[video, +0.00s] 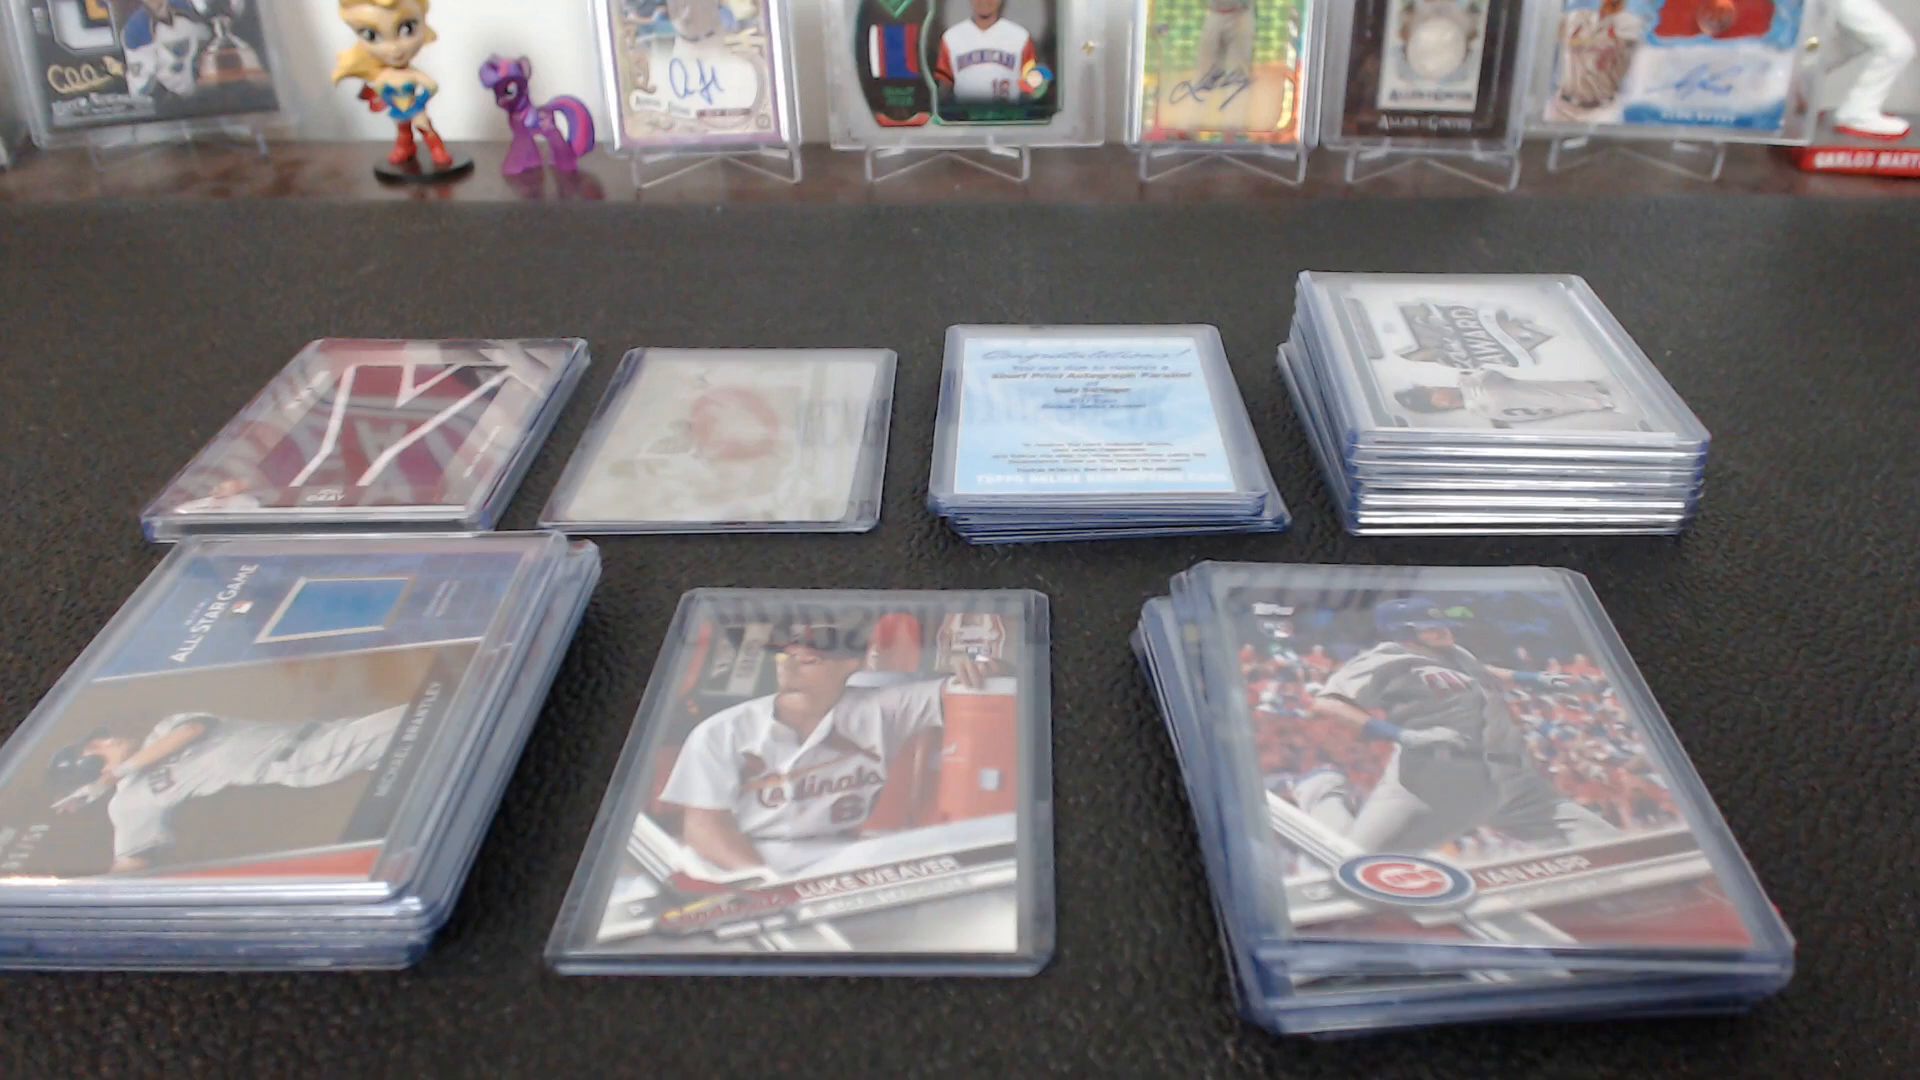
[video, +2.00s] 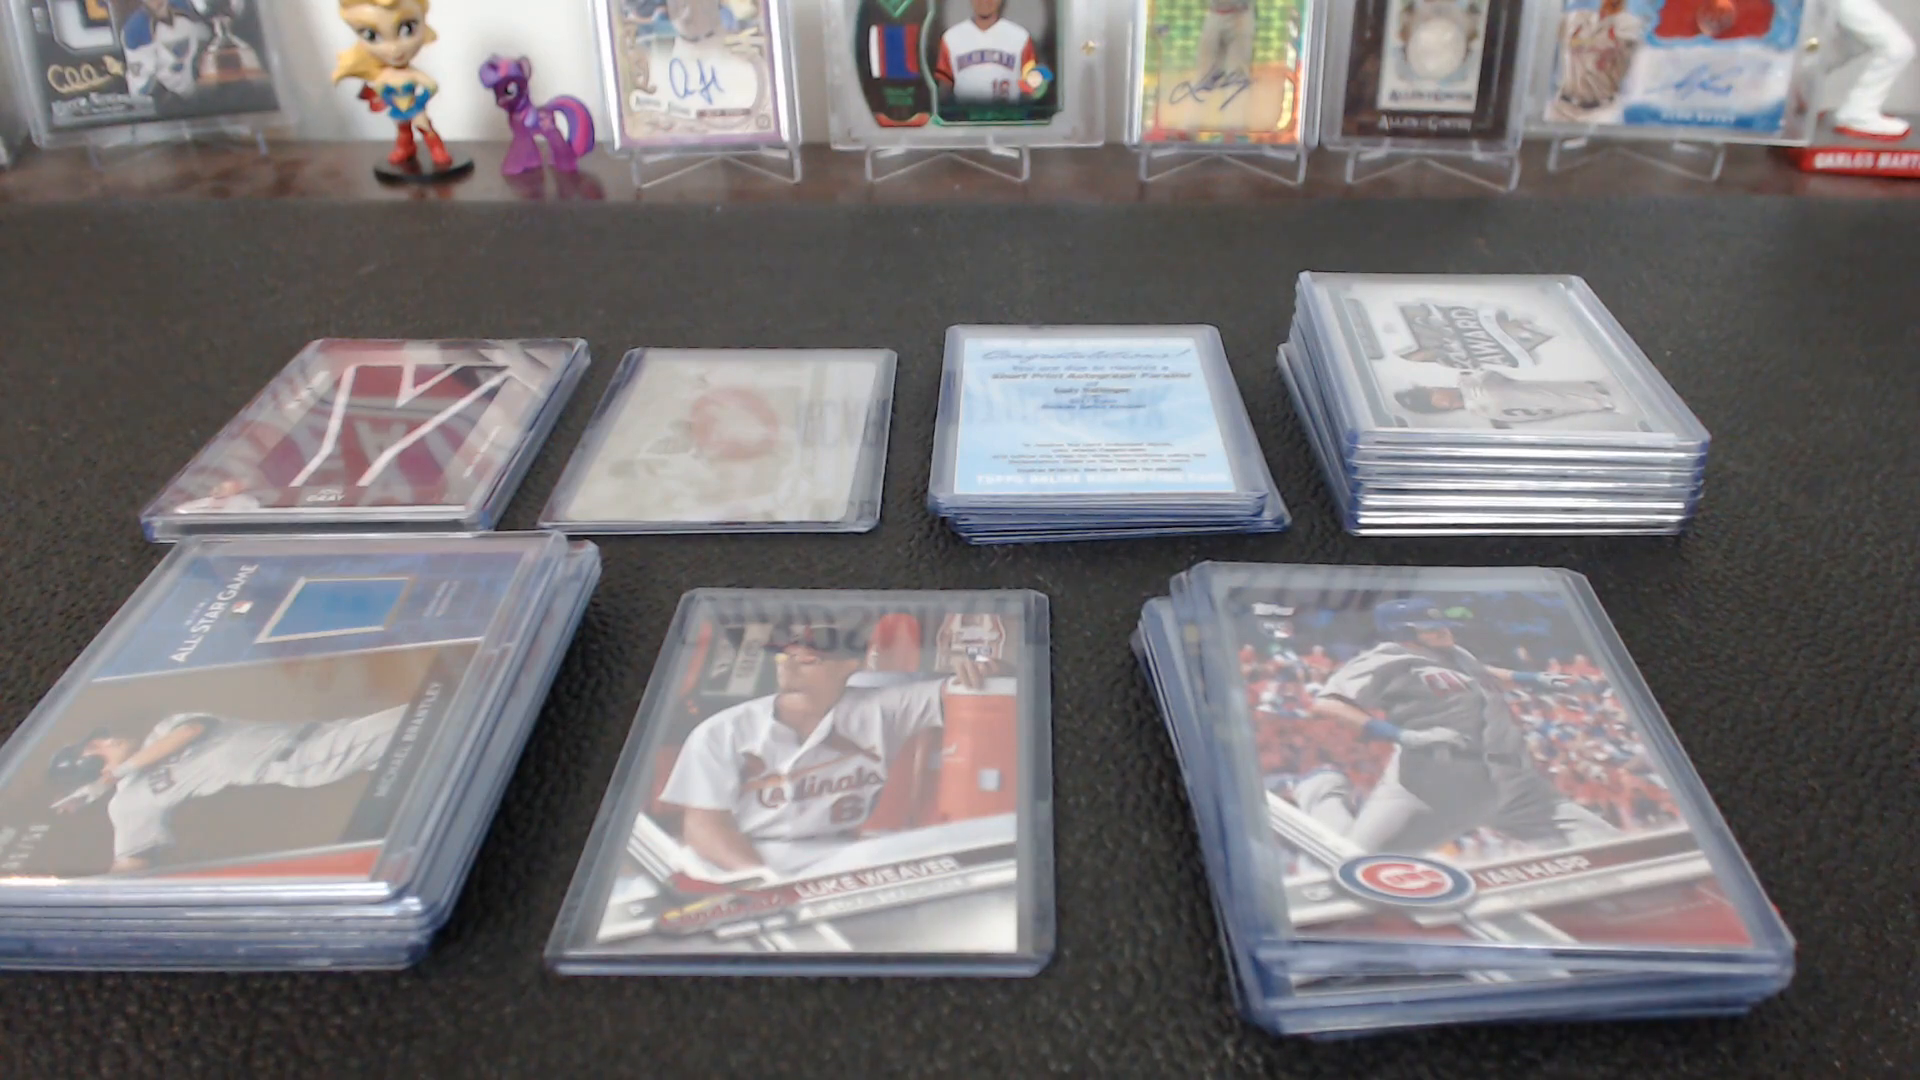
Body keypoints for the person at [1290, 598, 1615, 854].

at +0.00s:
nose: (1445, 629)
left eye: (1445, 621)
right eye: (1432, 622)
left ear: (1448, 623)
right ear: (1405, 628)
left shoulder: (1459, 657)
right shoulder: (1387, 659)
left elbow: (1490, 676)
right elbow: (1327, 704)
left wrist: (1539, 681)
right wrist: (1404, 736)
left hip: (1508, 788)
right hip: (1428, 794)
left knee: (1611, 847)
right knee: (1353, 866)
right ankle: (1320, 792)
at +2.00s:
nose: (1446, 631)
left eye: (1446, 622)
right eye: (1434, 623)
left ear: (1450, 623)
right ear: (1405, 628)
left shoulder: (1458, 656)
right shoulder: (1388, 659)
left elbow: (1488, 676)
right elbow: (1328, 704)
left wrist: (1538, 682)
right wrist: (1404, 736)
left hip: (1508, 788)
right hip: (1427, 796)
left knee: (1609, 846)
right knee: (1352, 868)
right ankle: (1321, 792)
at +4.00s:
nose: (1447, 630)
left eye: (1446, 622)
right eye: (1435, 623)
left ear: (1447, 626)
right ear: (1406, 629)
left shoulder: (1459, 656)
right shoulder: (1387, 659)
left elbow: (1490, 676)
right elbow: (1328, 704)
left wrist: (1539, 682)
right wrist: (1405, 736)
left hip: (1511, 789)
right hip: (1429, 797)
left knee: (1614, 850)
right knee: (1353, 869)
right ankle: (1321, 792)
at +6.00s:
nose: (1445, 631)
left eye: (1444, 622)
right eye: (1433, 623)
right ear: (1406, 630)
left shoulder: (1458, 656)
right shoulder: (1386, 660)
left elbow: (1490, 677)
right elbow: (1328, 704)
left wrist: (1541, 682)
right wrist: (1404, 736)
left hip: (1508, 787)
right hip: (1428, 795)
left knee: (1609, 847)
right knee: (1352, 869)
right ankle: (1321, 792)